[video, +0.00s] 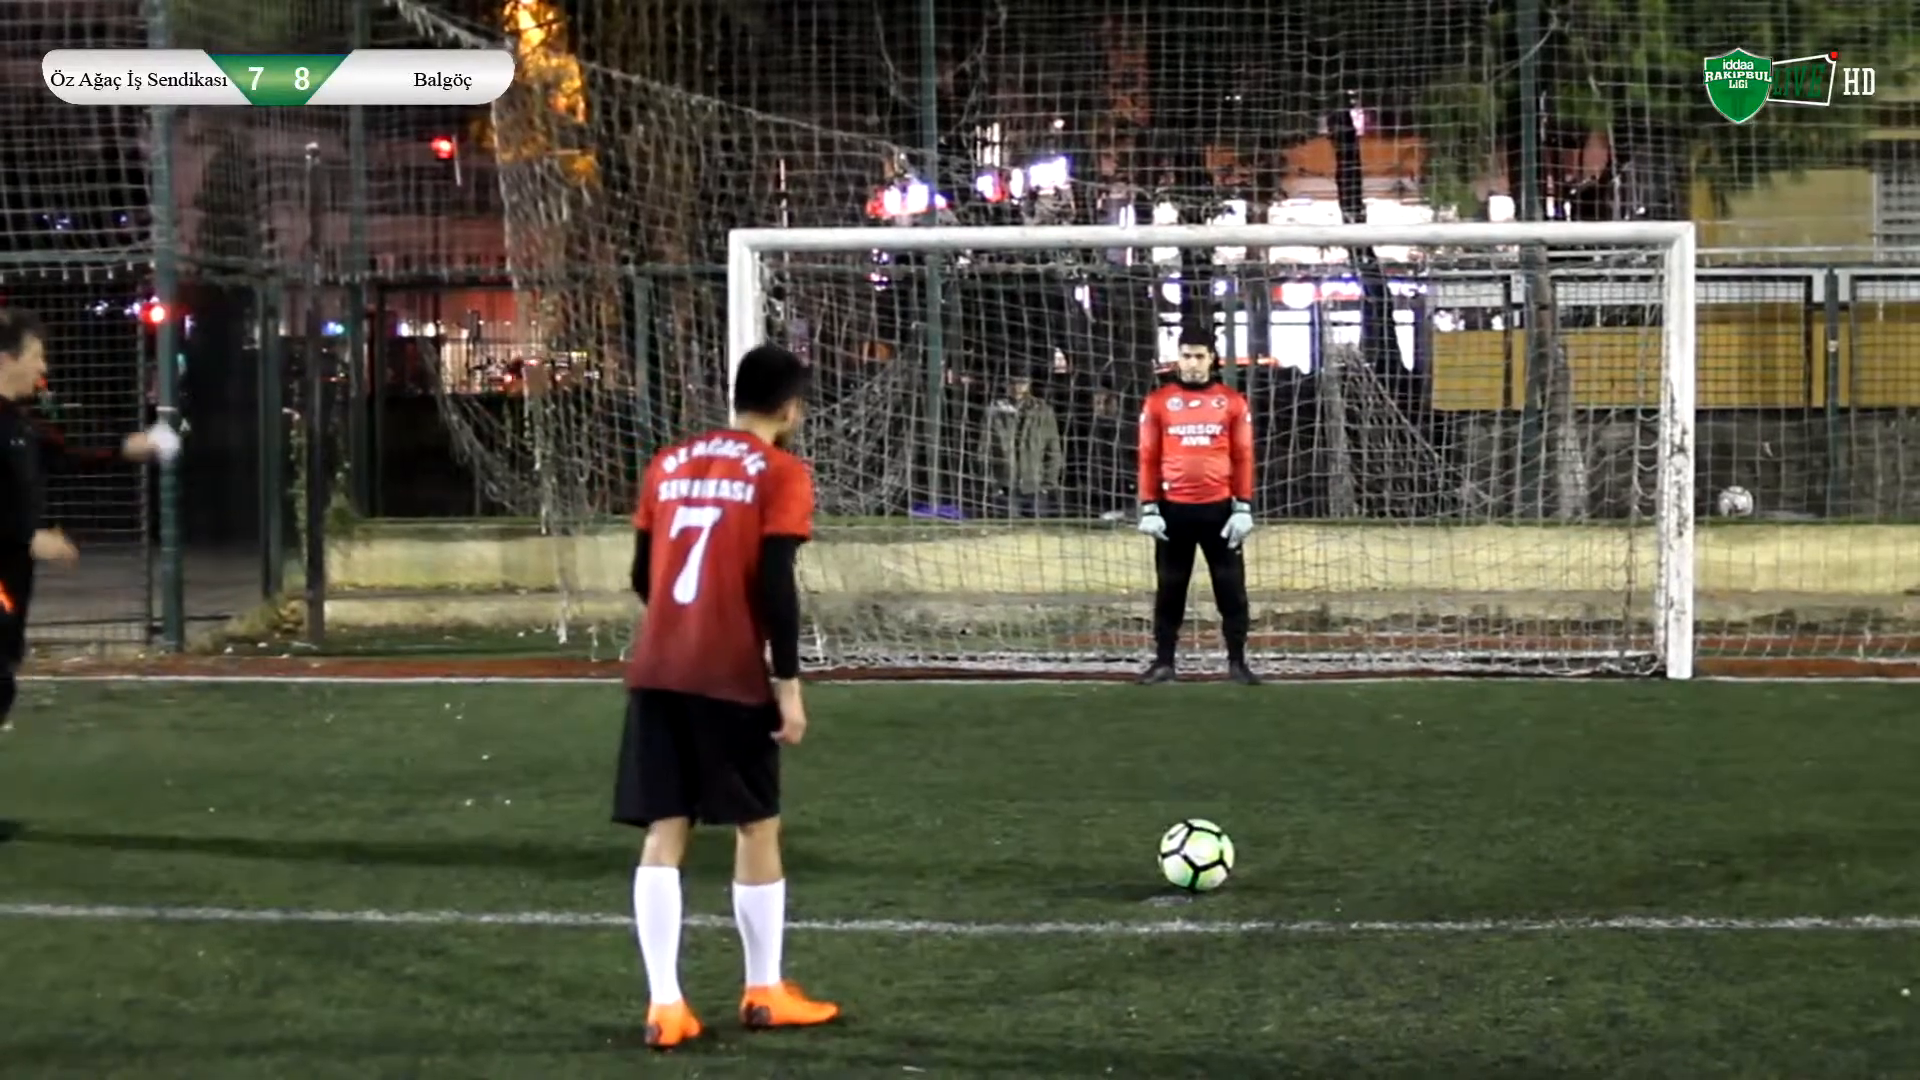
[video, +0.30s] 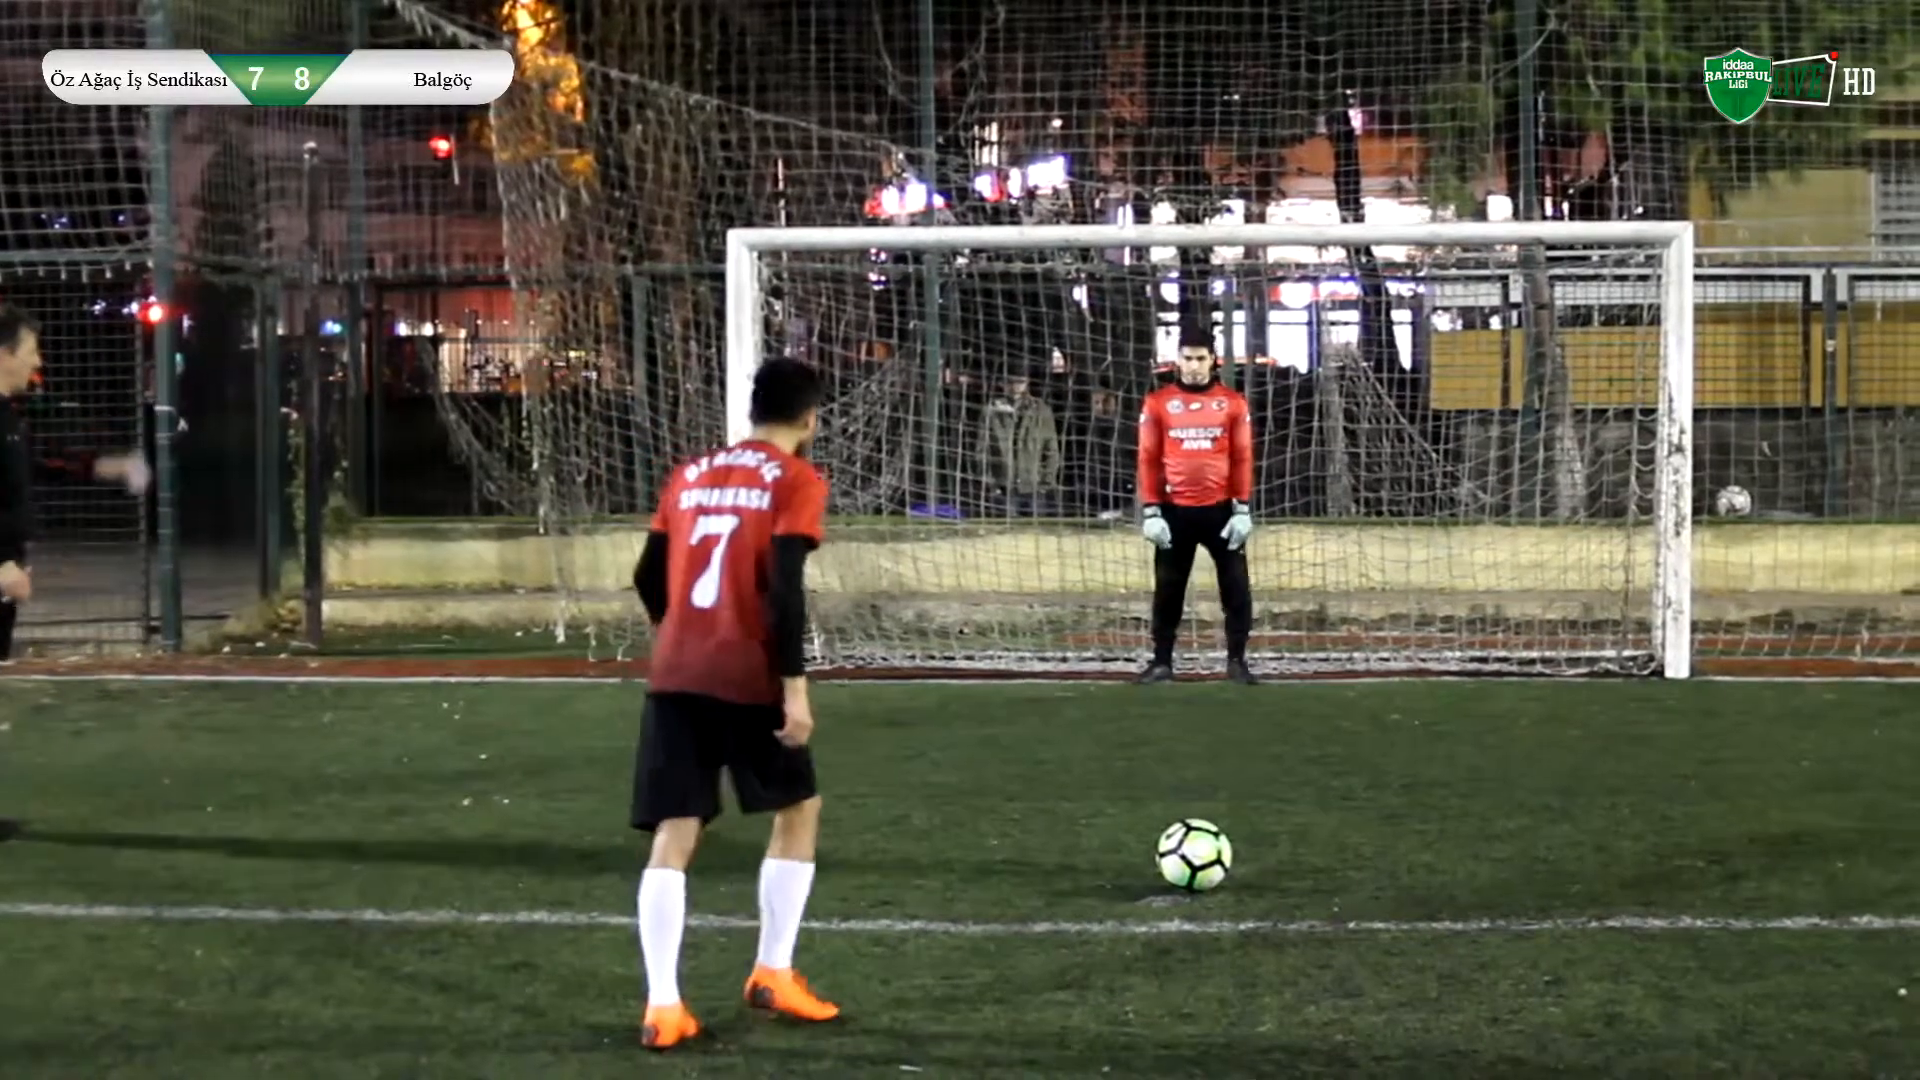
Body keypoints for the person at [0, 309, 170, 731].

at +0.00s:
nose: (43, 369)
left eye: (42, 357)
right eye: (36, 356)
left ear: (13, 360)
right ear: (8, 359)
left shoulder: (18, 419)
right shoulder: (5, 420)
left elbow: (64, 459)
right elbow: (3, 499)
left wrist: (130, 448)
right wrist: (29, 536)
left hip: (13, 576)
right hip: (3, 580)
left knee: (5, 684)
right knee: (3, 687)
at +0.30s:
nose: (35, 368)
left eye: (35, 356)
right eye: (30, 355)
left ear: (14, 356)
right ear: (5, 354)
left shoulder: (13, 413)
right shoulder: (4, 417)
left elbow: (34, 466)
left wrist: (99, 469)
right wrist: (4, 564)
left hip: (8, 574)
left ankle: (0, 818)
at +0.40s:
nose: (38, 362)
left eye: (38, 351)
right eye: (30, 350)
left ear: (17, 354)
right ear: (6, 353)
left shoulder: (14, 412)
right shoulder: (4, 415)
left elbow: (21, 491)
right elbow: (8, 493)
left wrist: (66, 518)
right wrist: (1, 566)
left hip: (9, 570)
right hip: (0, 572)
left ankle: (5, 816)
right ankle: (4, 816)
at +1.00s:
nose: (15, 371)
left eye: (16, 359)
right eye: (10, 359)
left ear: (16, 360)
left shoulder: (12, 412)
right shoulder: (7, 414)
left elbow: (8, 491)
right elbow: (6, 492)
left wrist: (10, 553)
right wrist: (8, 554)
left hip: (6, 562)